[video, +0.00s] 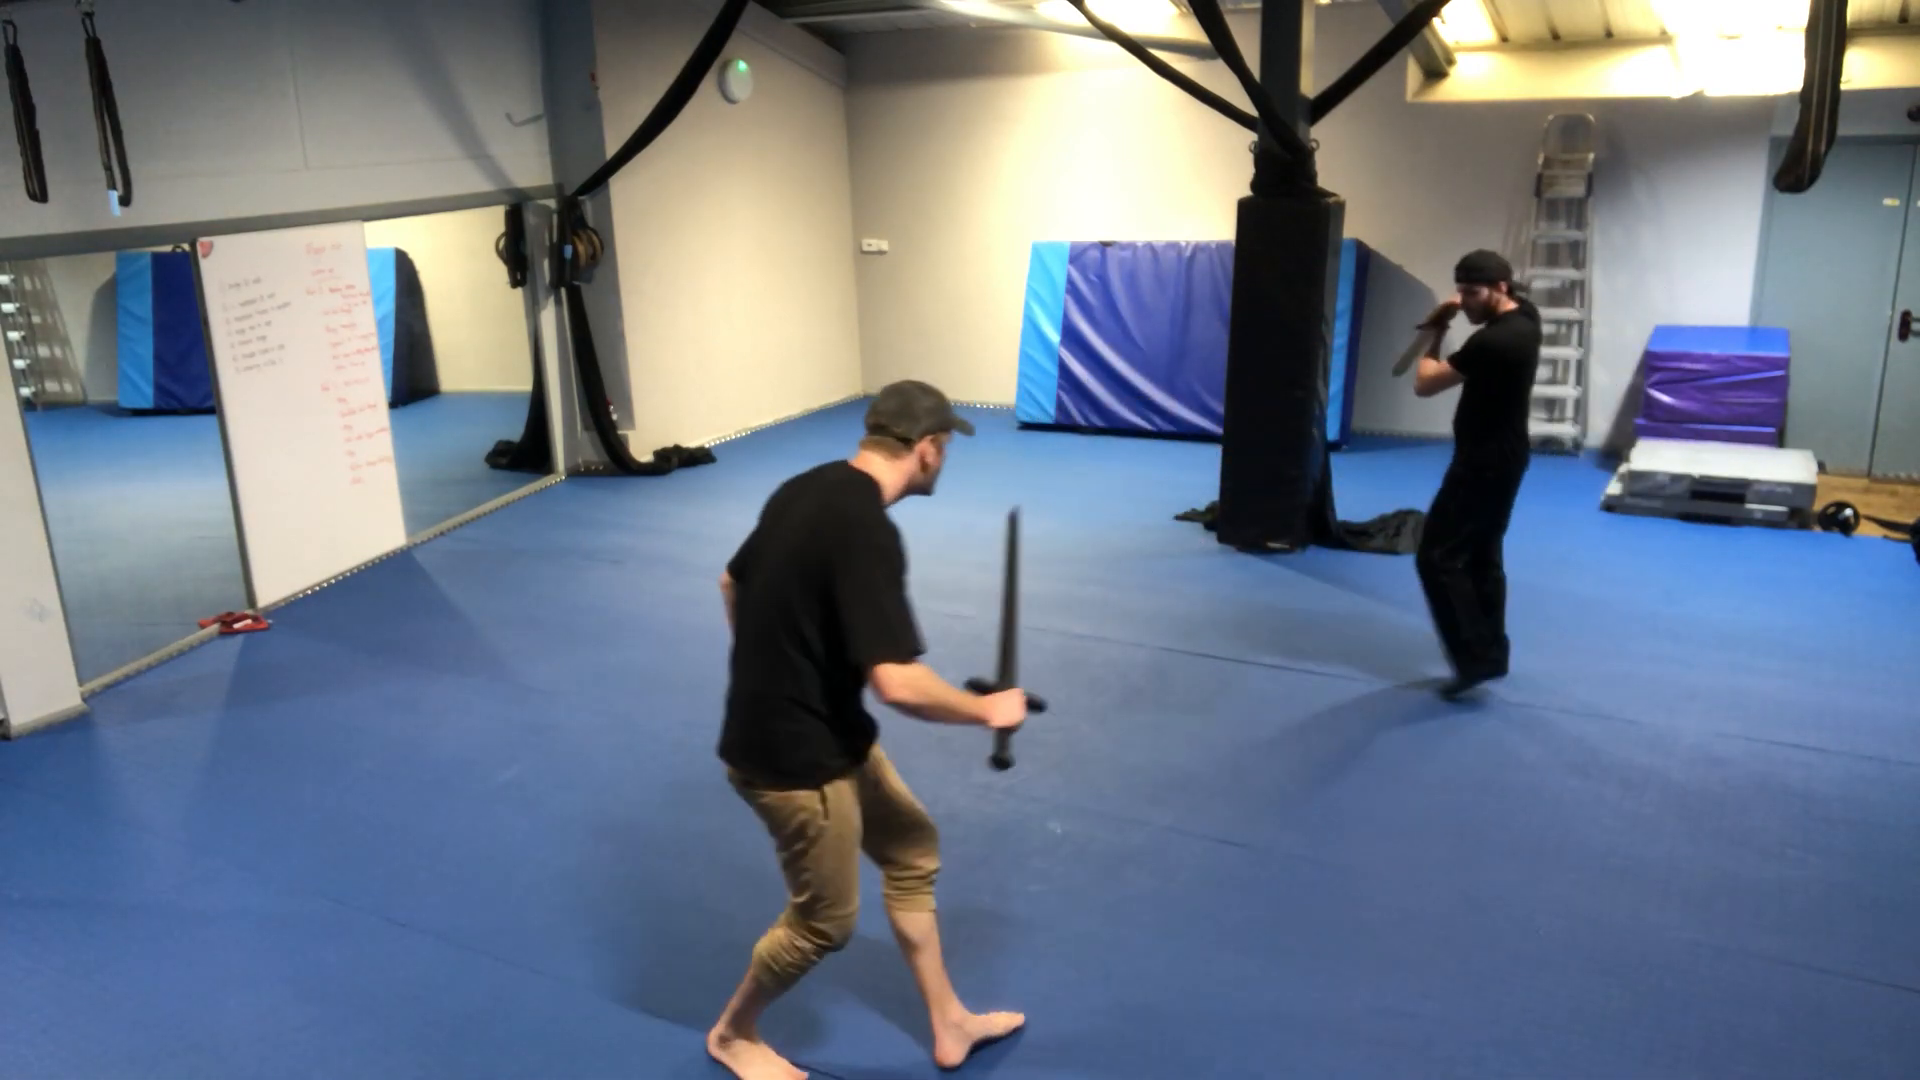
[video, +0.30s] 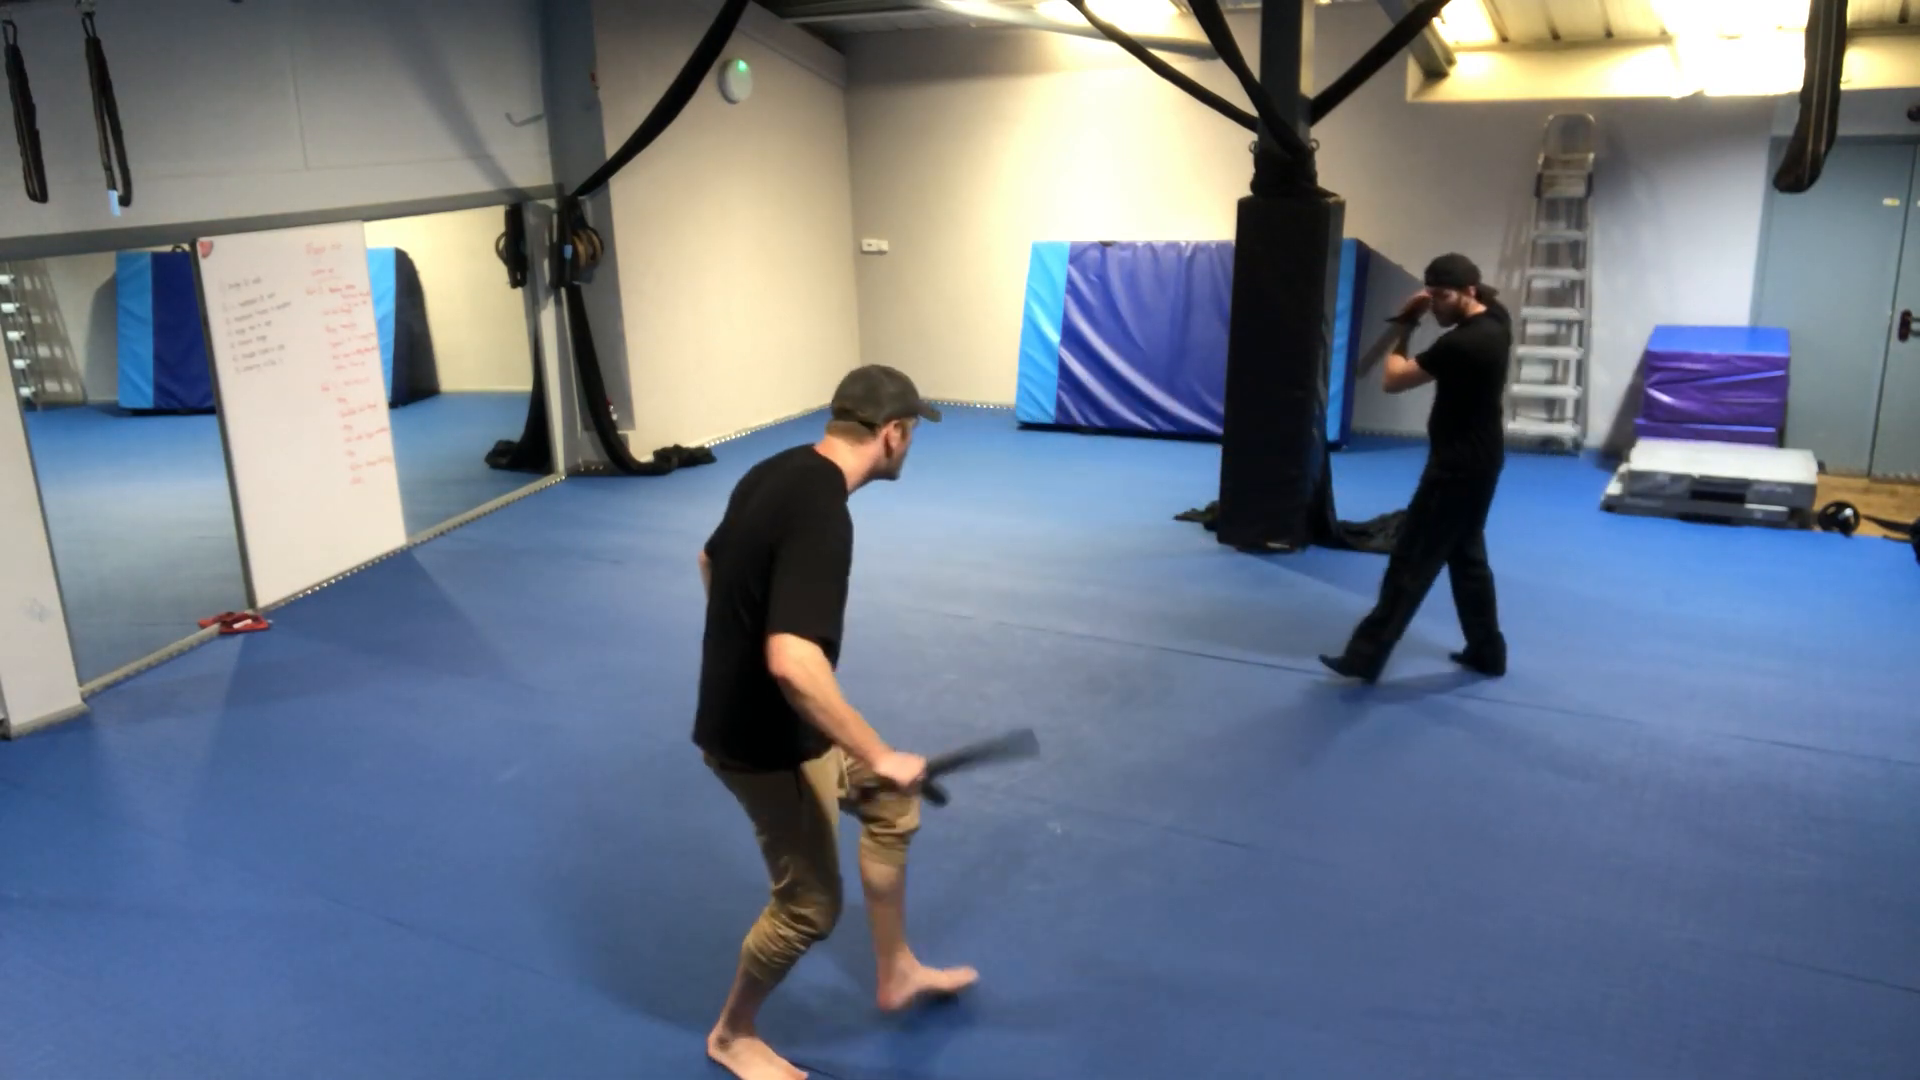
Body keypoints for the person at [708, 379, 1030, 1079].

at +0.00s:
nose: (945, 459)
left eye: (945, 445)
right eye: (945, 445)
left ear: (877, 436)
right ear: (925, 447)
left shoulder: (806, 490)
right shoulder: (867, 526)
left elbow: (735, 581)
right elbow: (896, 680)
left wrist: (771, 669)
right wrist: (987, 709)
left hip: (832, 736)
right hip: (788, 756)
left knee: (912, 850)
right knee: (824, 919)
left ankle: (950, 1022)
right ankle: (731, 1033)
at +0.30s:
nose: (910, 445)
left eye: (910, 432)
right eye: (910, 432)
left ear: (844, 420)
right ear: (890, 431)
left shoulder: (776, 473)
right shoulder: (821, 509)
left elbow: (713, 561)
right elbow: (792, 660)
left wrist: (752, 648)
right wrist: (880, 758)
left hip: (787, 716)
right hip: (755, 739)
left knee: (892, 796)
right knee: (807, 906)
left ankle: (897, 970)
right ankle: (732, 1033)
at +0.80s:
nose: (947, 416)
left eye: (947, 404)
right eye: (949, 404)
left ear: (880, 394)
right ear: (935, 400)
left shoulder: (815, 458)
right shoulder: (916, 468)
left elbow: (740, 563)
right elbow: (901, 588)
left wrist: (761, 665)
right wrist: (941, 715)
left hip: (796, 685)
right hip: (848, 695)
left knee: (884, 816)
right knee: (847, 865)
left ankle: (898, 954)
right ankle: (740, 1015)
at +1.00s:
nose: (960, 410)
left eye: (959, 399)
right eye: (960, 399)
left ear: (890, 390)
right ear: (948, 395)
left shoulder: (826, 454)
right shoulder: (938, 458)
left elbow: (763, 565)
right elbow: (952, 584)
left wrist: (798, 644)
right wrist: (1010, 696)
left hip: (813, 679)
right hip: (878, 690)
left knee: (886, 824)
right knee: (907, 856)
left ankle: (900, 956)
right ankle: (777, 1001)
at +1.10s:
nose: (961, 412)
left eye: (961, 402)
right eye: (963, 401)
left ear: (893, 391)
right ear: (949, 396)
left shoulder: (829, 455)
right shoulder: (942, 456)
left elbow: (777, 570)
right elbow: (967, 589)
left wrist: (820, 636)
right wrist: (1020, 680)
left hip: (819, 675)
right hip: (886, 684)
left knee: (887, 816)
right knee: (931, 854)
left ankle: (896, 957)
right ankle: (822, 1024)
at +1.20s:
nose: (966, 413)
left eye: (965, 403)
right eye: (968, 402)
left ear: (898, 390)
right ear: (955, 396)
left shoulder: (835, 455)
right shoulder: (950, 459)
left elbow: (787, 572)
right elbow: (979, 596)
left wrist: (834, 628)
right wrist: (1028, 670)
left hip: (822, 676)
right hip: (891, 688)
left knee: (889, 818)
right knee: (947, 858)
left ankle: (904, 941)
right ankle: (875, 1047)